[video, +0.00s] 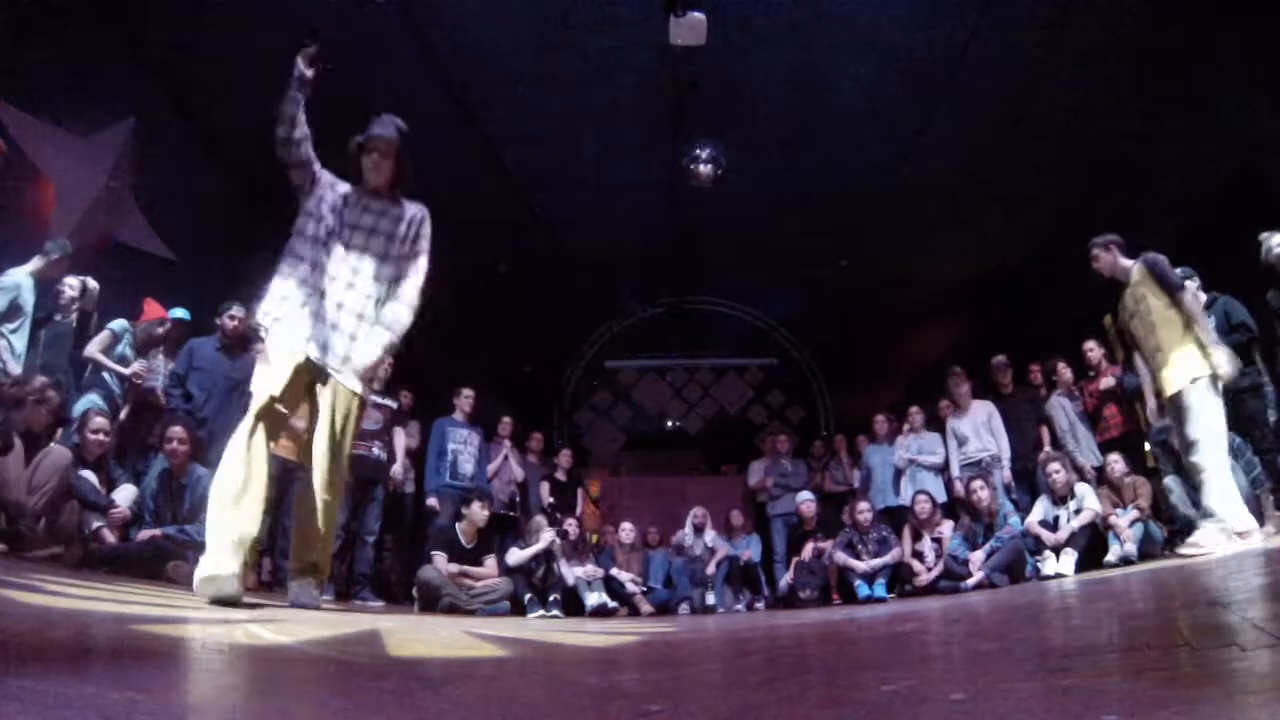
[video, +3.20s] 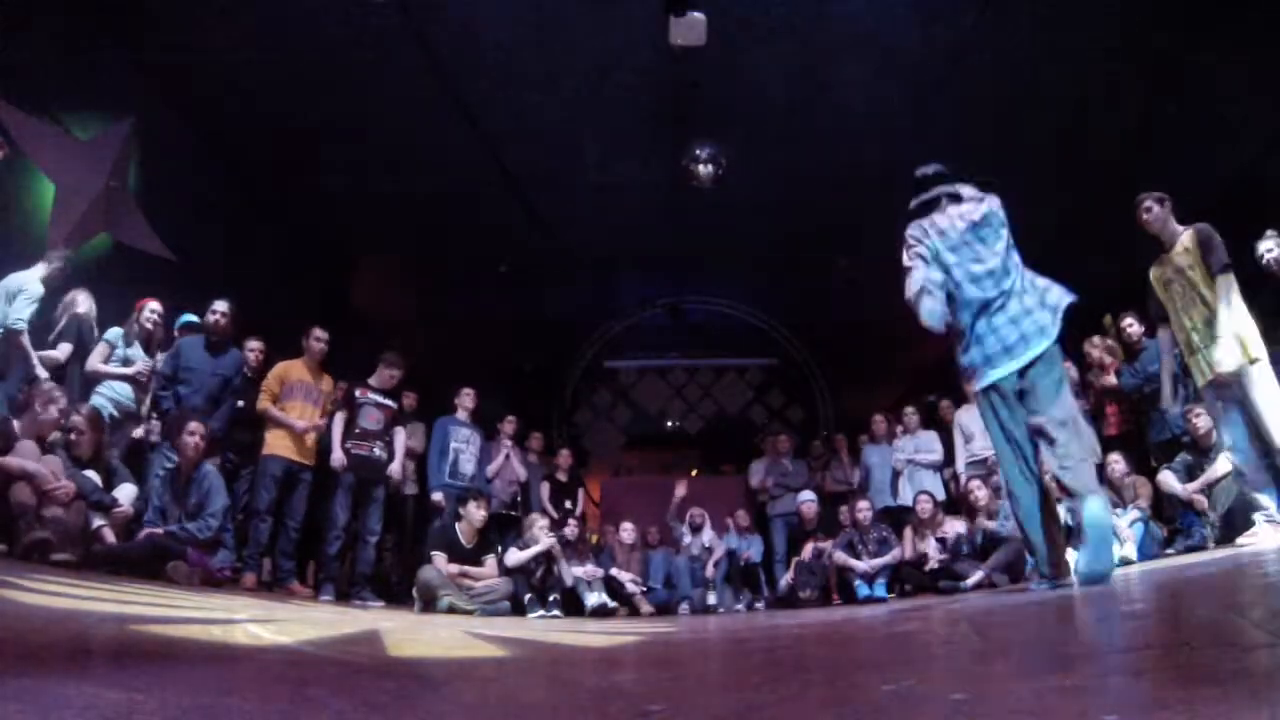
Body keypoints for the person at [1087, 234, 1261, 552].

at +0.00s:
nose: (1096, 267)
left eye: (1096, 258)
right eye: (1093, 262)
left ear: (1112, 251)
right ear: (1105, 259)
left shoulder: (1150, 263)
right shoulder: (1124, 305)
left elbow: (1187, 300)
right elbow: (1139, 354)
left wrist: (1214, 348)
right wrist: (1149, 397)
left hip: (1191, 366)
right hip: (1167, 381)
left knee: (1204, 446)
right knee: (1195, 452)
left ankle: (1216, 524)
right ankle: (1241, 522)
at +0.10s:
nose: (1101, 256)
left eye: (1104, 247)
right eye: (1098, 252)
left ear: (1122, 242)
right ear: (1104, 257)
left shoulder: (1157, 258)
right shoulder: (1124, 303)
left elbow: (1199, 292)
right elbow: (1140, 347)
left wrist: (1233, 335)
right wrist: (1152, 387)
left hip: (1197, 361)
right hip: (1170, 381)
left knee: (1221, 439)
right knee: (1200, 454)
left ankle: (1252, 514)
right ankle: (1231, 519)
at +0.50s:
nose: (1131, 232)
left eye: (1133, 224)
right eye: (1127, 228)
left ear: (1152, 216)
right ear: (1133, 232)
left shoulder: (1199, 239)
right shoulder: (1146, 276)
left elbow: (1235, 283)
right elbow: (1156, 321)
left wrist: (1254, 332)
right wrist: (1177, 353)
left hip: (1239, 346)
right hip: (1199, 361)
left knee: (1271, 438)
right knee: (1216, 450)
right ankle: (1228, 528)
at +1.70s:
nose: (1132, 238)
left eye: (1132, 229)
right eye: (1126, 238)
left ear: (1148, 223)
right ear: (1129, 247)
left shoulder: (1187, 241)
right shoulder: (1158, 282)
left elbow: (1208, 289)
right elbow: (1178, 324)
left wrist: (1197, 342)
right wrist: (1186, 365)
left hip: (1229, 354)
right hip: (1198, 371)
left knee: (1263, 439)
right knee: (1225, 452)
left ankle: (1275, 513)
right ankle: (1257, 520)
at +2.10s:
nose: (1149, 219)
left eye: (1152, 211)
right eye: (1144, 218)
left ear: (1168, 209)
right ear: (1145, 229)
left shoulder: (1210, 230)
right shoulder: (1161, 275)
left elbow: (1240, 272)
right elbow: (1162, 330)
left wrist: (1244, 321)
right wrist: (1160, 384)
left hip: (1253, 339)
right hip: (1213, 356)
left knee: (1277, 417)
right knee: (1232, 442)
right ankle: (1253, 520)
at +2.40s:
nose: (1162, 203)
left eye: (1166, 194)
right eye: (1156, 200)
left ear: (1184, 195)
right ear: (1157, 213)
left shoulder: (1228, 227)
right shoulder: (1165, 258)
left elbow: (1268, 267)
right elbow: (1172, 306)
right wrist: (1189, 344)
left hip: (1265, 337)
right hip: (1219, 356)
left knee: (1279, 422)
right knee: (1249, 437)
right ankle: (1269, 515)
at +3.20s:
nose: (1145, 218)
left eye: (1149, 209)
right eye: (1141, 215)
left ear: (1166, 207)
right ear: (1141, 226)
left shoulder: (1200, 234)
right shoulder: (1156, 273)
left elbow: (1226, 286)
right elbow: (1164, 331)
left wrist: (1225, 347)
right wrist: (1167, 390)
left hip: (1242, 351)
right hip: (1204, 370)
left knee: (1274, 435)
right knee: (1237, 452)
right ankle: (1268, 513)